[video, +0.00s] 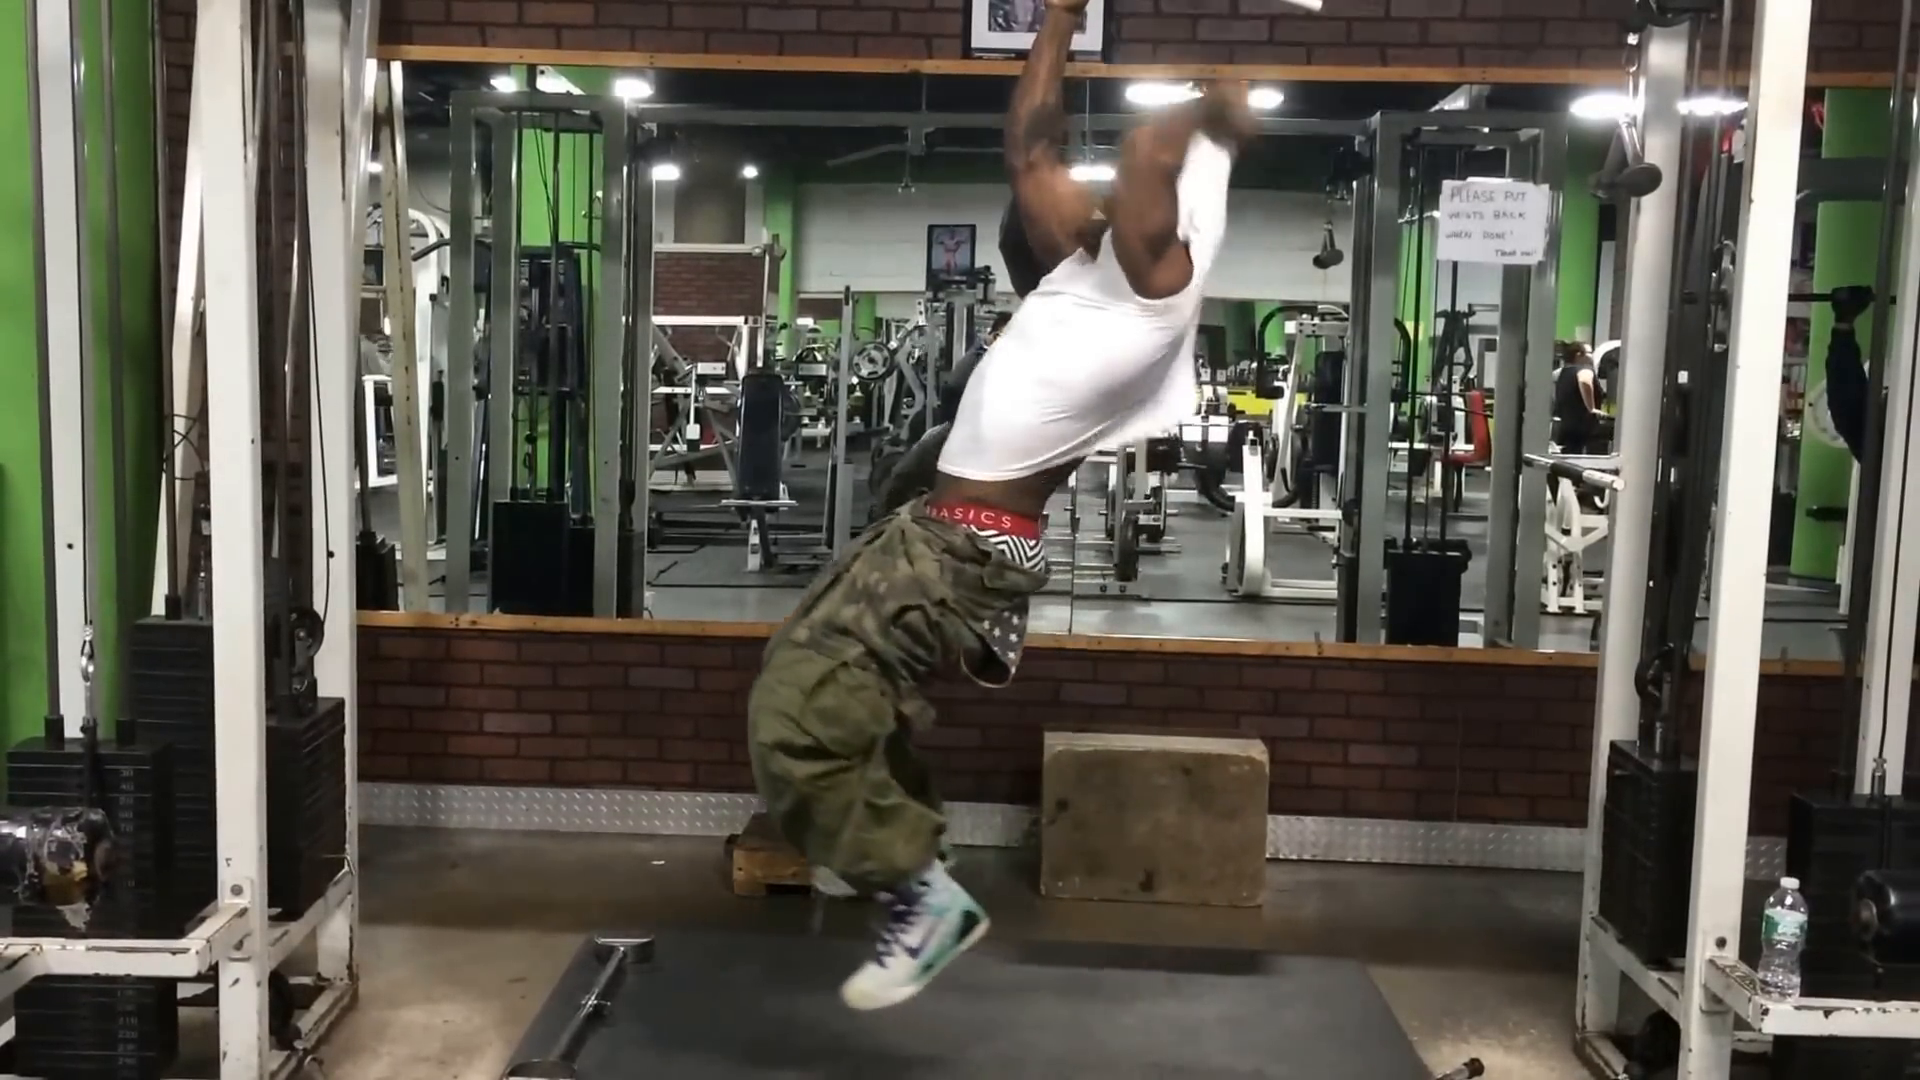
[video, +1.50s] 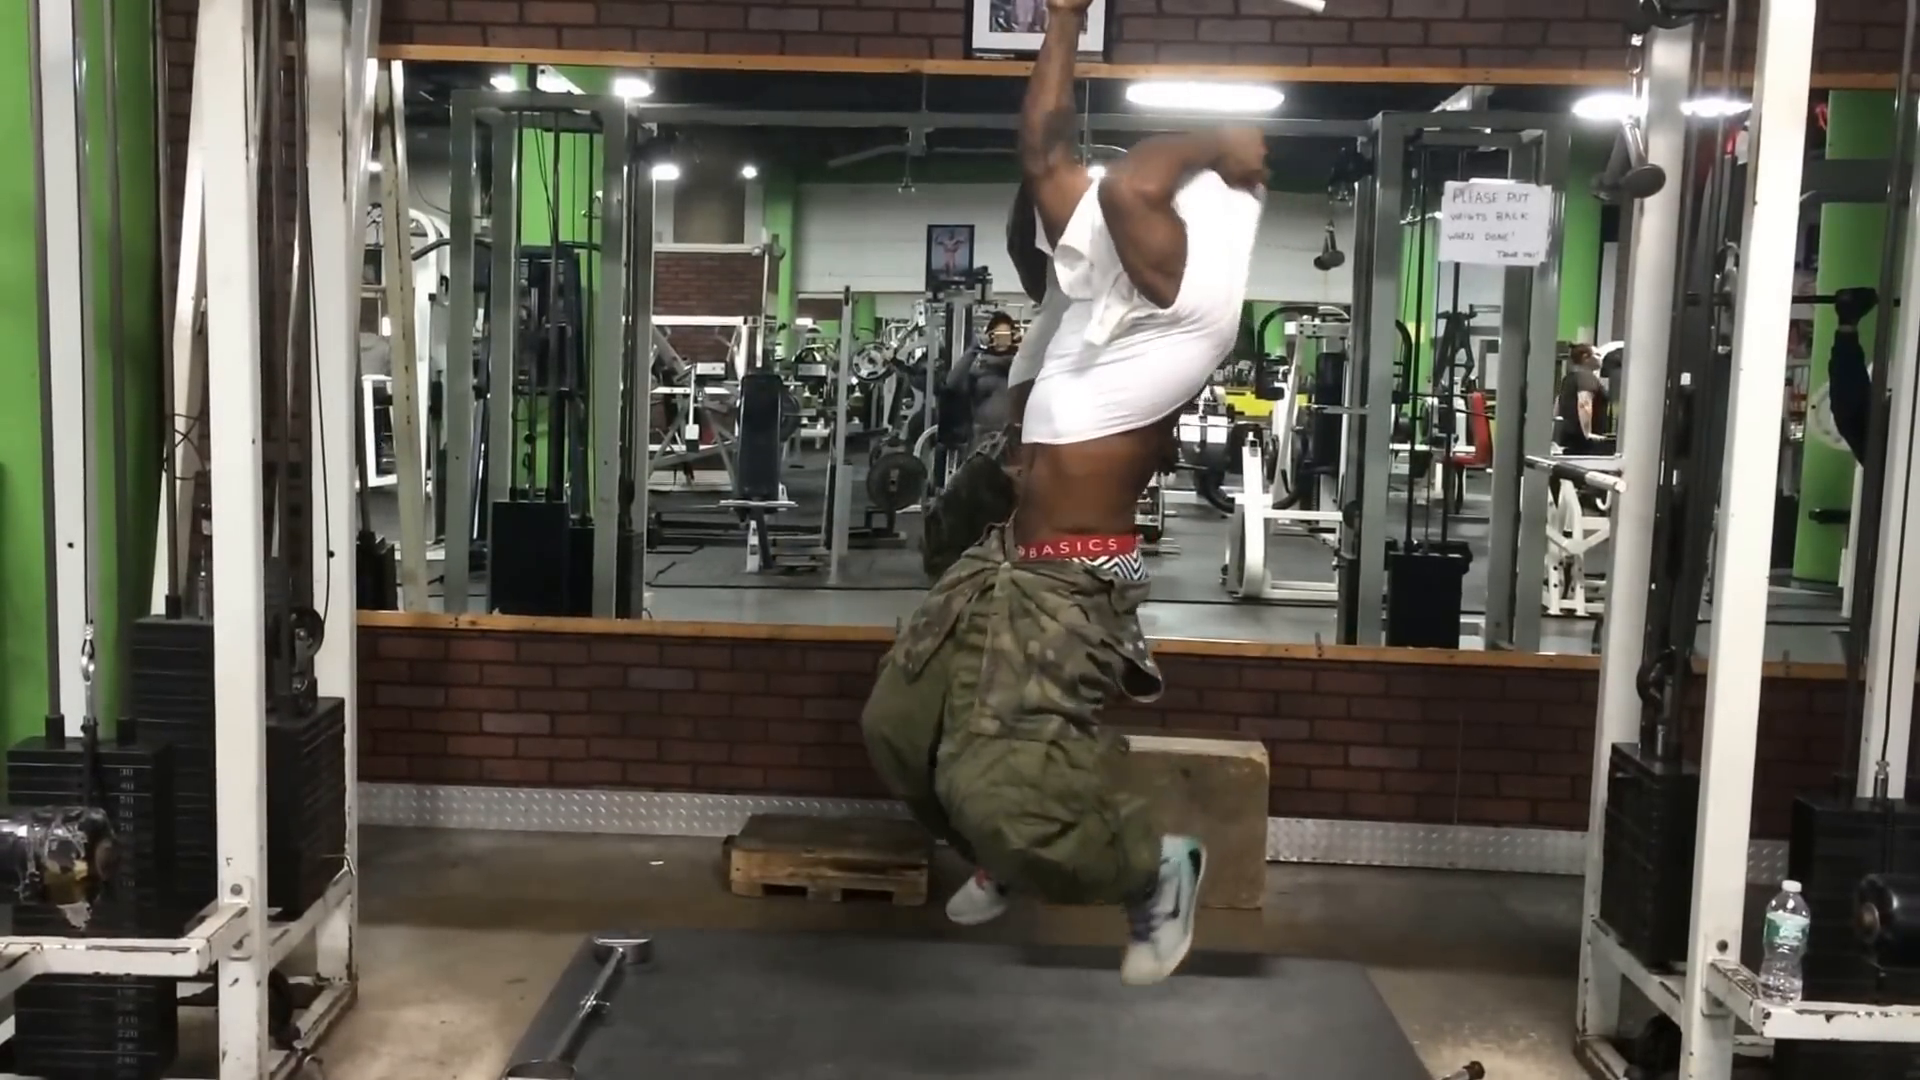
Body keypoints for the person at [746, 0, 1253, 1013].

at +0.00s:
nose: (1101, 180)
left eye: (1137, 172)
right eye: (1110, 166)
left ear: (1155, 205)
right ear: (1121, 208)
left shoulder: (1151, 290)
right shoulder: (1078, 270)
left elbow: (1149, 154)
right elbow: (1032, 150)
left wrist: (1209, 104)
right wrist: (1056, 24)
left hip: (969, 545)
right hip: (933, 525)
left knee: (794, 715)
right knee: (816, 675)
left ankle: (922, 897)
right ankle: (905, 856)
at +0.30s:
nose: (1050, 258)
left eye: (1051, 243)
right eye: (1042, 247)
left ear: (1072, 226)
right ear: (1062, 229)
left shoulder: (1159, 282)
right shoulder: (1128, 281)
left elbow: (1051, 189)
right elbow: (1052, 183)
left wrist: (1054, 57)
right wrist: (1056, 67)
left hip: (1018, 540)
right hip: (978, 502)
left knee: (810, 659)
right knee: (788, 580)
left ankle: (886, 839)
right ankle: (806, 752)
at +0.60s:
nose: (1058, 235)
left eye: (1059, 217)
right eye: (1049, 224)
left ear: (1103, 201)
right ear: (1068, 217)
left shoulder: (1200, 277)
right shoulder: (1118, 273)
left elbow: (1113, 178)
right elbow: (1064, 188)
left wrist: (1029, 77)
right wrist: (1048, 78)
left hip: (1061, 545)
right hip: (1007, 490)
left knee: (886, 697)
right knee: (829, 562)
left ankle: (982, 830)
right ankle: (831, 703)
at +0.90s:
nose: (1096, 190)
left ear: (1184, 205)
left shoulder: (1201, 302)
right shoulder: (1100, 231)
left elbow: (1099, 252)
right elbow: (1039, 154)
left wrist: (1143, 110)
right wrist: (1063, 20)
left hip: (1087, 554)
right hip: (1013, 514)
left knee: (1010, 757)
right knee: (875, 641)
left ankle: (1139, 818)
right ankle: (924, 775)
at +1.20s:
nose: (1057, 235)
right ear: (1075, 230)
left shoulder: (1214, 321)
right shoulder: (1097, 277)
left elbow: (1169, 208)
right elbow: (1045, 155)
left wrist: (1245, 225)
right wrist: (1062, 23)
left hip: (1091, 584)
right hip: (1012, 549)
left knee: (1056, 801)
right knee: (902, 700)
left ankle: (1205, 791)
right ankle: (981, 812)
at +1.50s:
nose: (1103, 216)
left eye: (1127, 200)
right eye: (1097, 210)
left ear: (1173, 225)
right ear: (1104, 223)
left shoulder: (1194, 316)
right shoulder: (1089, 285)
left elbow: (1128, 187)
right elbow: (1044, 150)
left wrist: (1218, 146)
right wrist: (1065, 23)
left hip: (1076, 584)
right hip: (1001, 561)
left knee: (992, 798)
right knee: (895, 727)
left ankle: (1156, 872)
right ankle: (994, 860)